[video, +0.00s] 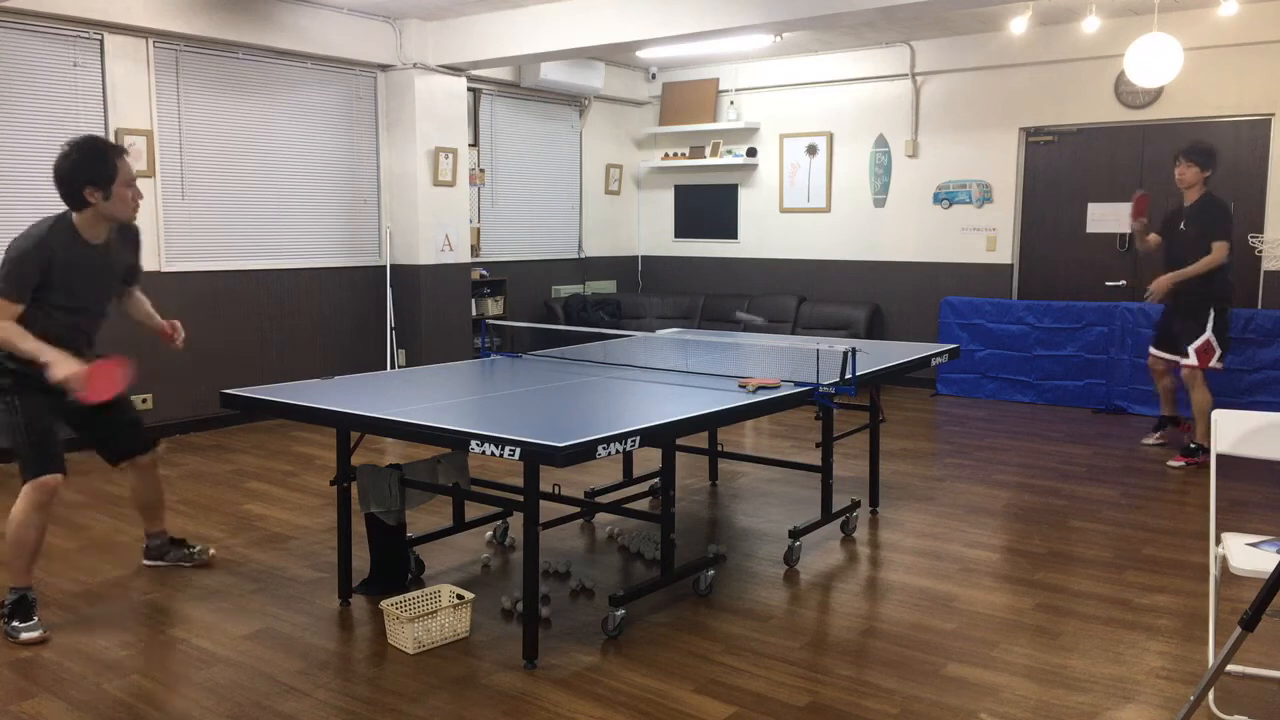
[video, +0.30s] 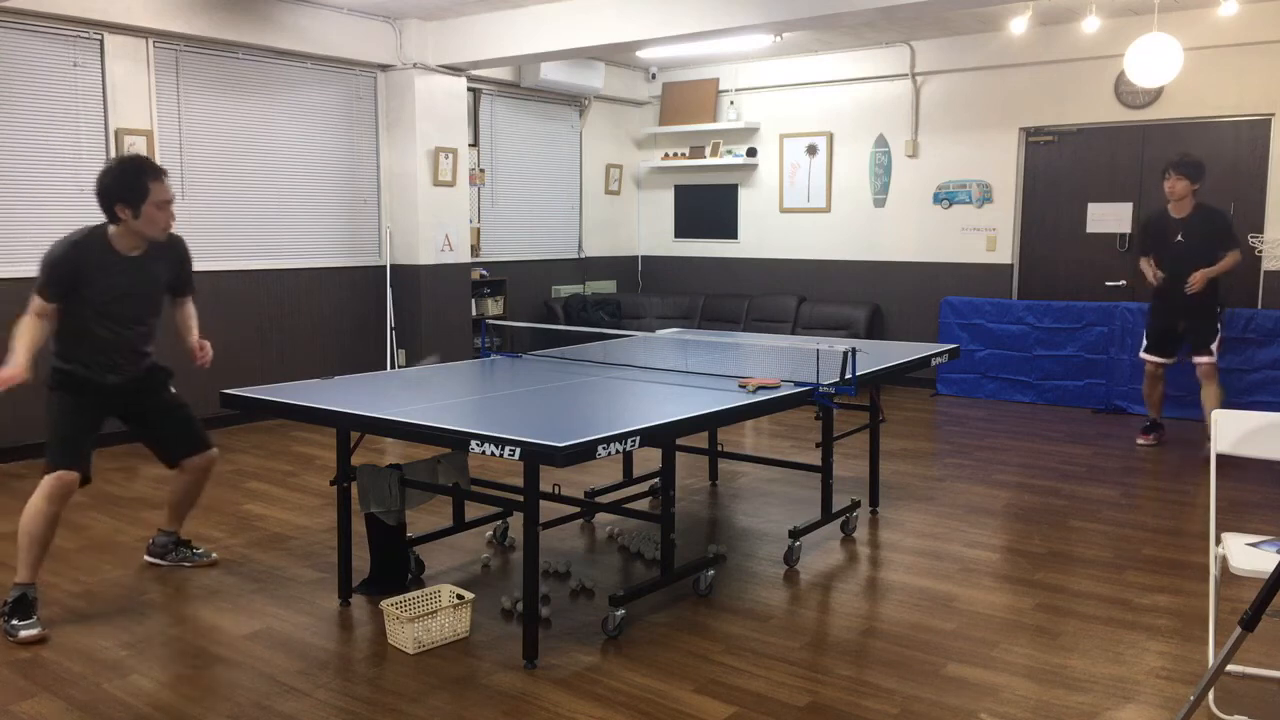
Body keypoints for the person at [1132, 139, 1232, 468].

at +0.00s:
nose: (1179, 171)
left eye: (1188, 166)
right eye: (1177, 165)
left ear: (1205, 172)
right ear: (1175, 170)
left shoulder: (1216, 208)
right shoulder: (1175, 213)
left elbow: (1220, 255)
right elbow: (1149, 245)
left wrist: (1170, 278)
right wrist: (1139, 230)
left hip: (1207, 302)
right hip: (1178, 300)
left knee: (1192, 372)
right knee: (1158, 363)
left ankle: (1202, 445)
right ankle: (1170, 421)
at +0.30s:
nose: (1170, 184)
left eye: (1178, 179)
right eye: (1167, 178)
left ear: (1194, 185)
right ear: (1163, 183)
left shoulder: (1213, 218)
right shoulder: (1153, 220)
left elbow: (1235, 254)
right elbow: (1143, 255)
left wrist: (1209, 273)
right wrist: (1149, 269)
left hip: (1202, 304)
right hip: (1165, 303)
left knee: (1206, 368)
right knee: (1153, 367)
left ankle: (1214, 435)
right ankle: (1154, 423)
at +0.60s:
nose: (1190, 199)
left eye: (1197, 193)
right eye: (1186, 192)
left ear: (1211, 198)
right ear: (1180, 197)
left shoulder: (1227, 227)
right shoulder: (1167, 229)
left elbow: (1245, 254)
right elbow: (1147, 257)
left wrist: (1225, 280)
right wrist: (1159, 279)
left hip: (1213, 306)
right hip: (1173, 306)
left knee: (1231, 370)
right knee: (1159, 368)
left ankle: (1231, 427)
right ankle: (1155, 423)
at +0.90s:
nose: (1222, 216)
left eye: (1230, 211)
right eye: (1218, 209)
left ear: (1241, 215)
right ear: (1211, 211)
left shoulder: (1246, 239)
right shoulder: (1194, 241)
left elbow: (1249, 277)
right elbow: (1175, 293)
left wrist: (1244, 290)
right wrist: (1225, 297)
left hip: (1218, 311)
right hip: (1182, 310)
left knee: (1241, 373)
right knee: (1167, 368)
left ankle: (1234, 430)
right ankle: (1146, 422)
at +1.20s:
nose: (1193, 257)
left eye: (1199, 254)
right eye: (1191, 251)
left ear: (1207, 252)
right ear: (1183, 244)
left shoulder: (1213, 261)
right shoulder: (1160, 263)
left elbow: (1228, 283)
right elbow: (1132, 308)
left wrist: (1237, 303)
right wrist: (1160, 329)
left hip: (1194, 325)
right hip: (1156, 323)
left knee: (1229, 386)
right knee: (1148, 369)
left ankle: (1228, 437)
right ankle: (1127, 431)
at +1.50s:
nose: (1150, 210)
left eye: (1157, 205)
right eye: (1147, 203)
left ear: (1168, 210)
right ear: (1140, 205)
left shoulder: (1182, 238)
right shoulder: (1123, 236)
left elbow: (1210, 260)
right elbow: (1077, 245)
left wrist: (1225, 295)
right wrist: (1037, 265)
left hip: (1171, 321)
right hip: (1132, 321)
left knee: (1197, 382)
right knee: (1125, 372)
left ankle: (1217, 423)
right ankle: (1125, 431)